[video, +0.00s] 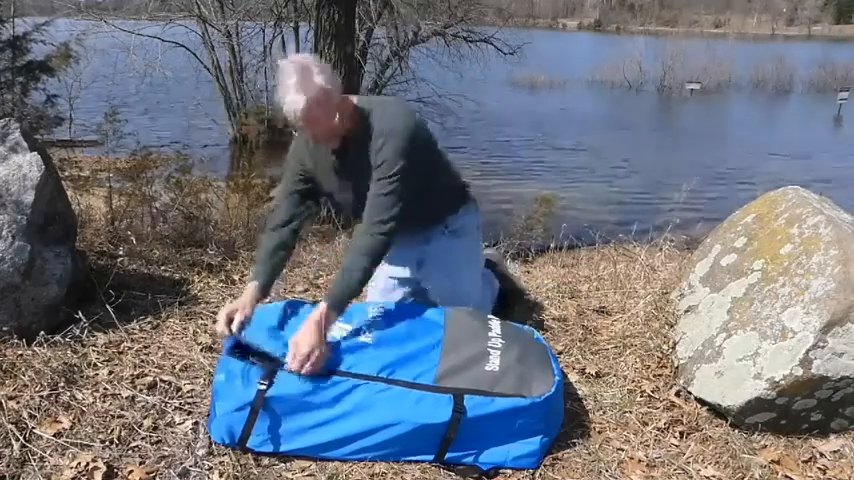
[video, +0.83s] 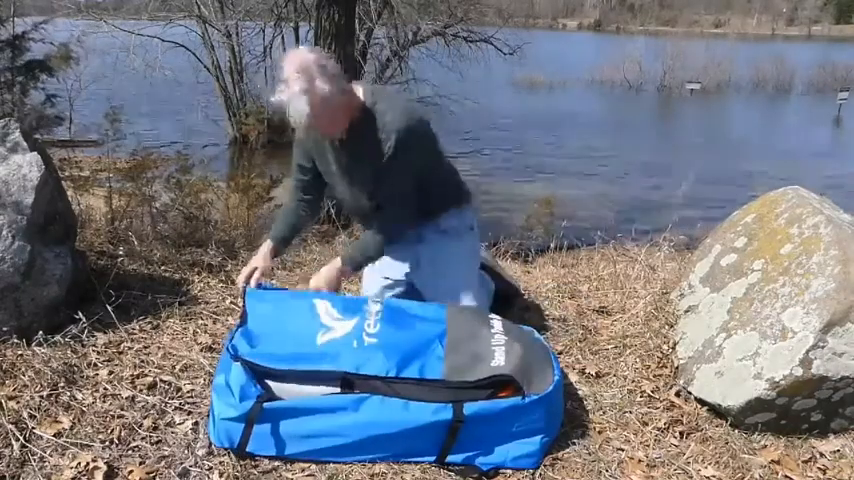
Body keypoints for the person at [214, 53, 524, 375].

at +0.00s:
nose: (309, 134)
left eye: (313, 122)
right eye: (301, 125)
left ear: (338, 104)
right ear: (297, 120)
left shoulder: (394, 128)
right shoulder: (306, 146)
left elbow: (376, 231)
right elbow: (283, 223)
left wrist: (323, 318)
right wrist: (251, 296)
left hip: (448, 230)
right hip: (390, 236)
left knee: (462, 333)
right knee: (369, 336)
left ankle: (491, 280)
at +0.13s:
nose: (381, 142)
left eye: (387, 128)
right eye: (368, 135)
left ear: (393, 105)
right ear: (345, 123)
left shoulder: (437, 136)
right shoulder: (330, 148)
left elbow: (478, 227)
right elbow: (293, 221)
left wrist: (498, 332)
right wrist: (252, 296)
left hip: (453, 243)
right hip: (399, 246)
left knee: (473, 336)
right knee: (381, 333)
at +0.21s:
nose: (403, 145)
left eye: (410, 131)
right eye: (390, 137)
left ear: (418, 107)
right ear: (364, 121)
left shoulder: (456, 142)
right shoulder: (344, 141)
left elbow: (501, 236)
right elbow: (300, 213)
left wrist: (538, 332)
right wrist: (260, 285)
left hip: (461, 246)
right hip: (400, 246)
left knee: (465, 349)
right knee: (382, 340)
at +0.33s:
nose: (363, 134)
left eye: (372, 126)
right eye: (358, 124)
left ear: (406, 107)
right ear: (355, 106)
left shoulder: (468, 135)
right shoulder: (350, 132)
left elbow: (502, 222)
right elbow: (310, 197)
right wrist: (262, 264)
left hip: (462, 240)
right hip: (399, 242)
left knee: (469, 331)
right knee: (375, 334)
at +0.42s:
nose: (350, 134)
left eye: (357, 125)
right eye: (345, 126)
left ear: (391, 107)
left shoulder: (458, 132)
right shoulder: (344, 132)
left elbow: (474, 219)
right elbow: (312, 196)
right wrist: (265, 261)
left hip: (456, 243)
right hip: (397, 242)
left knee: (458, 348)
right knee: (376, 339)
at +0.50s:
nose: (317, 136)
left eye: (322, 126)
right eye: (311, 128)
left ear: (354, 109)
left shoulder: (422, 133)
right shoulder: (326, 131)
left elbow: (404, 232)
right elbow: (305, 198)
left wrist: (334, 269)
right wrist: (264, 260)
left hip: (450, 232)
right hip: (392, 234)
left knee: (460, 343)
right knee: (382, 341)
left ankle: (485, 285)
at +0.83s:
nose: (312, 128)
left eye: (316, 117)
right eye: (306, 120)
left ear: (338, 96)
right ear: (301, 111)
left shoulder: (399, 127)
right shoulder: (312, 130)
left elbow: (393, 223)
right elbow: (304, 196)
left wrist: (339, 269)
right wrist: (268, 251)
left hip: (445, 228)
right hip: (389, 232)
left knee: (461, 325)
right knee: (373, 332)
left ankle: (484, 285)